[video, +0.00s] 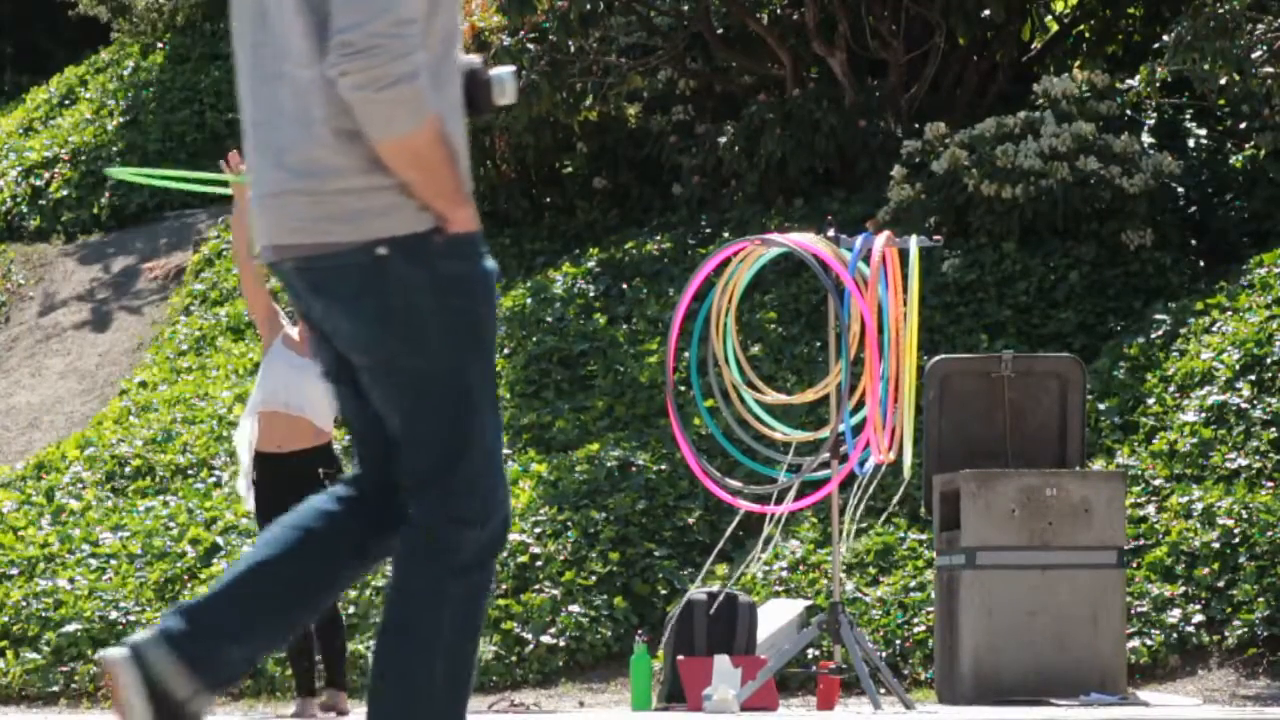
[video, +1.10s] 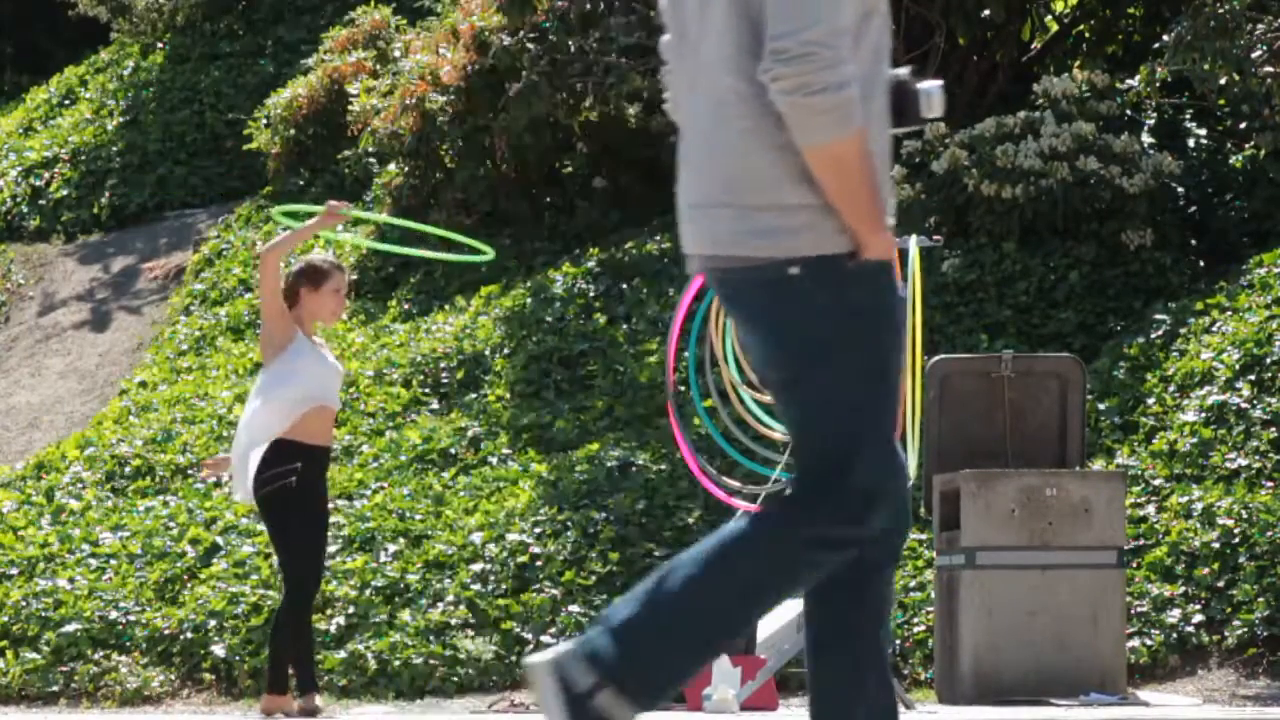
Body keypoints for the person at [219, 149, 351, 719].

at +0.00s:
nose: (309, 309)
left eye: (322, 305)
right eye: (304, 303)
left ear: (341, 317)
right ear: (294, 310)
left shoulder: (339, 357)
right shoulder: (276, 336)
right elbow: (248, 264)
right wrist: (241, 195)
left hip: (318, 464)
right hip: (269, 468)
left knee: (322, 585)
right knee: (287, 583)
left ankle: (336, 690)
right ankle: (305, 695)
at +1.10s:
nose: (345, 302)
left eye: (345, 294)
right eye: (339, 293)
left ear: (317, 298)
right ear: (308, 294)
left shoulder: (317, 348)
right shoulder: (280, 335)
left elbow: (288, 416)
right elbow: (268, 257)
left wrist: (237, 455)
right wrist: (318, 223)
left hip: (312, 467)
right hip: (283, 464)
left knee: (304, 585)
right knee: (300, 583)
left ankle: (302, 693)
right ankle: (279, 694)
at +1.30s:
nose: (338, 297)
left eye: (337, 289)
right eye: (332, 289)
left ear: (311, 293)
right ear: (306, 289)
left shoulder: (291, 341)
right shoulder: (283, 329)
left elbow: (246, 393)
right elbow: (308, 271)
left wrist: (222, 431)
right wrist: (352, 242)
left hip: (290, 466)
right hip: (283, 466)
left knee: (296, 584)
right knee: (301, 582)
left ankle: (280, 696)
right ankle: (310, 693)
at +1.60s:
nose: (310, 295)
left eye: (307, 289)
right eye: (307, 289)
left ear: (269, 298)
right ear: (298, 295)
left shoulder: (253, 345)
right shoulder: (307, 332)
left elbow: (221, 401)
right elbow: (375, 310)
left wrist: (274, 404)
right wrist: (379, 284)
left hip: (246, 483)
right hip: (297, 481)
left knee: (270, 583)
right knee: (315, 584)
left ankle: (268, 694)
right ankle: (319, 693)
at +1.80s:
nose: (253, 302)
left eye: (254, 295)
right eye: (254, 295)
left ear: (262, 300)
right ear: (302, 296)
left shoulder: (249, 350)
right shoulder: (329, 338)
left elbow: (231, 406)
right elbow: (365, 349)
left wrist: (300, 411)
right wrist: (335, 321)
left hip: (249, 478)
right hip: (305, 478)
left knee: (261, 588)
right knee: (298, 586)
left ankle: (267, 694)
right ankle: (314, 689)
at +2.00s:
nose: (256, 308)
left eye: (261, 300)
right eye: (255, 300)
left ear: (284, 300)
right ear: (297, 300)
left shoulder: (263, 347)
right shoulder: (334, 340)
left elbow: (273, 412)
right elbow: (333, 391)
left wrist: (325, 409)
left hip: (263, 473)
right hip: (312, 473)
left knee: (263, 581)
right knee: (274, 579)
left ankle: (269, 689)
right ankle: (292, 681)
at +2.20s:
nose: (263, 310)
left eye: (271, 302)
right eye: (261, 302)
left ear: (299, 300)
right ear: (288, 303)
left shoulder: (291, 342)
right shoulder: (307, 338)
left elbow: (317, 412)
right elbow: (268, 406)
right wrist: (213, 405)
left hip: (284, 479)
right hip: (294, 479)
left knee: (262, 576)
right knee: (268, 576)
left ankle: (277, 688)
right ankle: (284, 686)